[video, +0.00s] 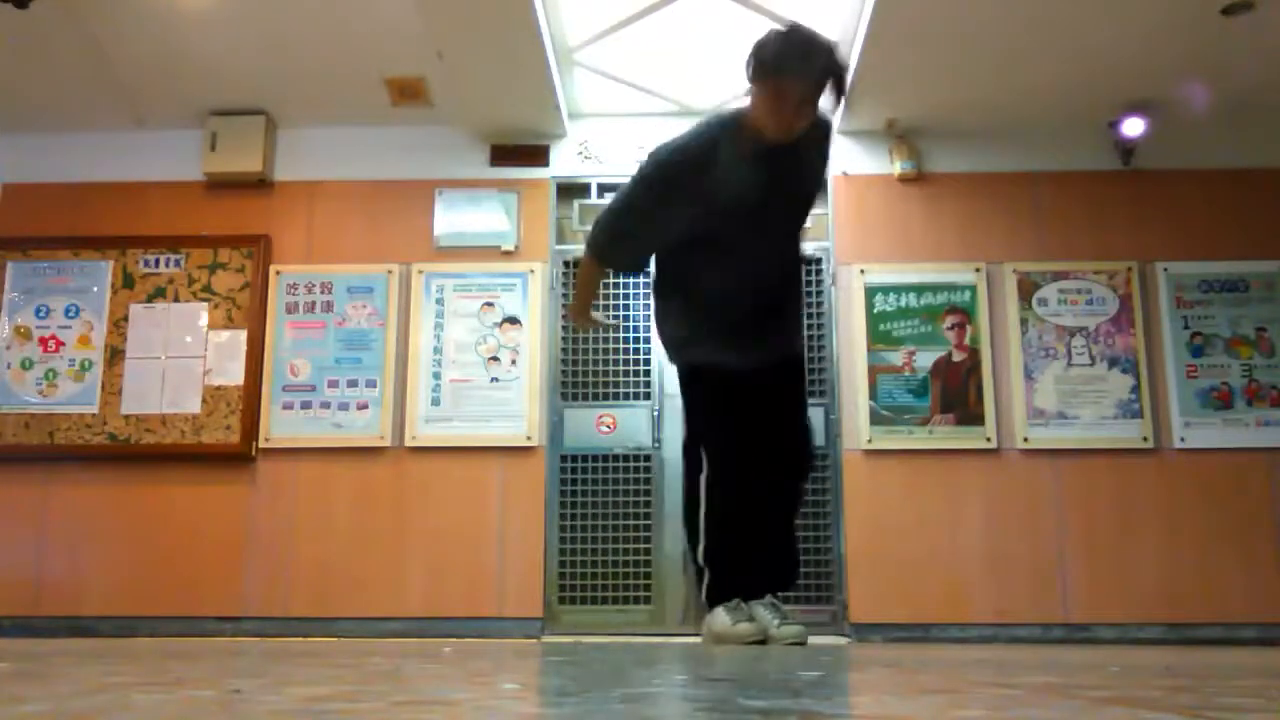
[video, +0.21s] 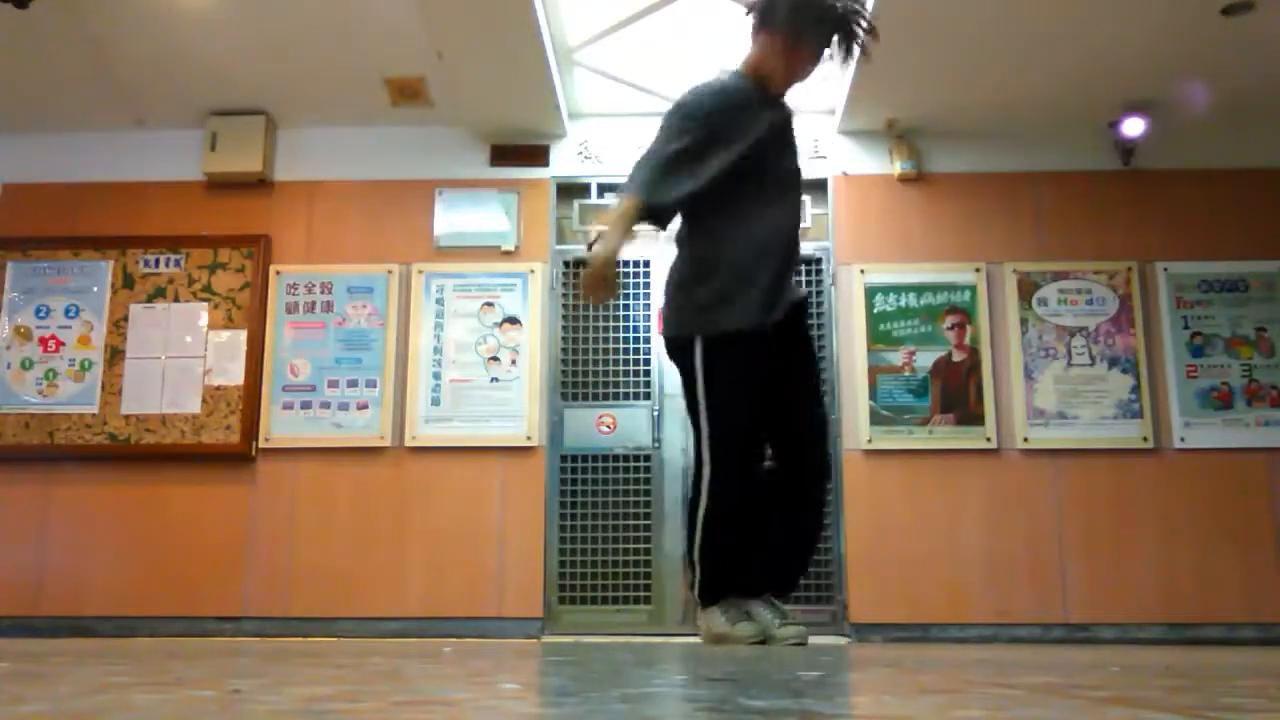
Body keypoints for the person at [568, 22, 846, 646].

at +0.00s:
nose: (793, 114)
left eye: (804, 102)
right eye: (783, 100)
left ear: (819, 95)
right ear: (756, 86)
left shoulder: (813, 139)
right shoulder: (695, 156)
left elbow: (789, 215)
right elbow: (616, 228)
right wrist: (582, 301)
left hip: (775, 322)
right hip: (705, 329)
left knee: (784, 456)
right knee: (729, 458)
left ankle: (764, 596)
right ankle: (725, 602)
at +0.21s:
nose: (808, 64)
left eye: (814, 51)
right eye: (802, 47)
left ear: (810, 51)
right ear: (768, 36)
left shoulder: (773, 114)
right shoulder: (714, 105)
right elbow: (649, 181)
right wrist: (605, 250)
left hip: (773, 311)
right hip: (711, 315)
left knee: (805, 456)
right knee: (728, 455)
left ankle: (764, 596)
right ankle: (719, 603)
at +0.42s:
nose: (811, 77)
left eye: (819, 66)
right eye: (811, 60)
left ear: (785, 49)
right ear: (778, 42)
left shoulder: (758, 106)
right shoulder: (738, 83)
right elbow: (662, 122)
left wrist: (627, 213)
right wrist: (646, 193)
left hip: (738, 313)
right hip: (689, 307)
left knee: (775, 457)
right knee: (714, 452)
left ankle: (747, 603)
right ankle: (685, 580)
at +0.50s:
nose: (806, 23)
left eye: (809, 13)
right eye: (802, 9)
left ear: (780, 12)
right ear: (767, 2)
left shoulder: (754, 82)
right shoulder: (716, 52)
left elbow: (733, 185)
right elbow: (627, 111)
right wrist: (605, 197)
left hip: (729, 280)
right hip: (674, 273)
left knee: (753, 428)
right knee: (692, 427)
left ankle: (735, 589)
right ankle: (652, 576)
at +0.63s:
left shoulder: (760, 58)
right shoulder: (651, 41)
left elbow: (787, 164)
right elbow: (578, 146)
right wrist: (561, 244)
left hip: (726, 273)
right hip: (647, 266)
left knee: (748, 427)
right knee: (656, 422)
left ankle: (701, 580)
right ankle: (615, 585)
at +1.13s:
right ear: (603, 1)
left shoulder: (713, 17)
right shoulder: (591, 53)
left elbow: (800, 91)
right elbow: (537, 117)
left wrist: (847, 155)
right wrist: (567, 12)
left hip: (698, 241)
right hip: (628, 248)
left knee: (623, 390)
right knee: (637, 408)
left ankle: (676, 586)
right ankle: (727, 587)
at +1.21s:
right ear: (591, 3)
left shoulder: (701, 14)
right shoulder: (578, 52)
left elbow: (808, 79)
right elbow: (543, 133)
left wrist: (867, 151)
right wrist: (564, 23)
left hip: (724, 235)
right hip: (643, 255)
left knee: (710, 389)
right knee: (643, 415)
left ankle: (712, 571)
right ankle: (705, 571)